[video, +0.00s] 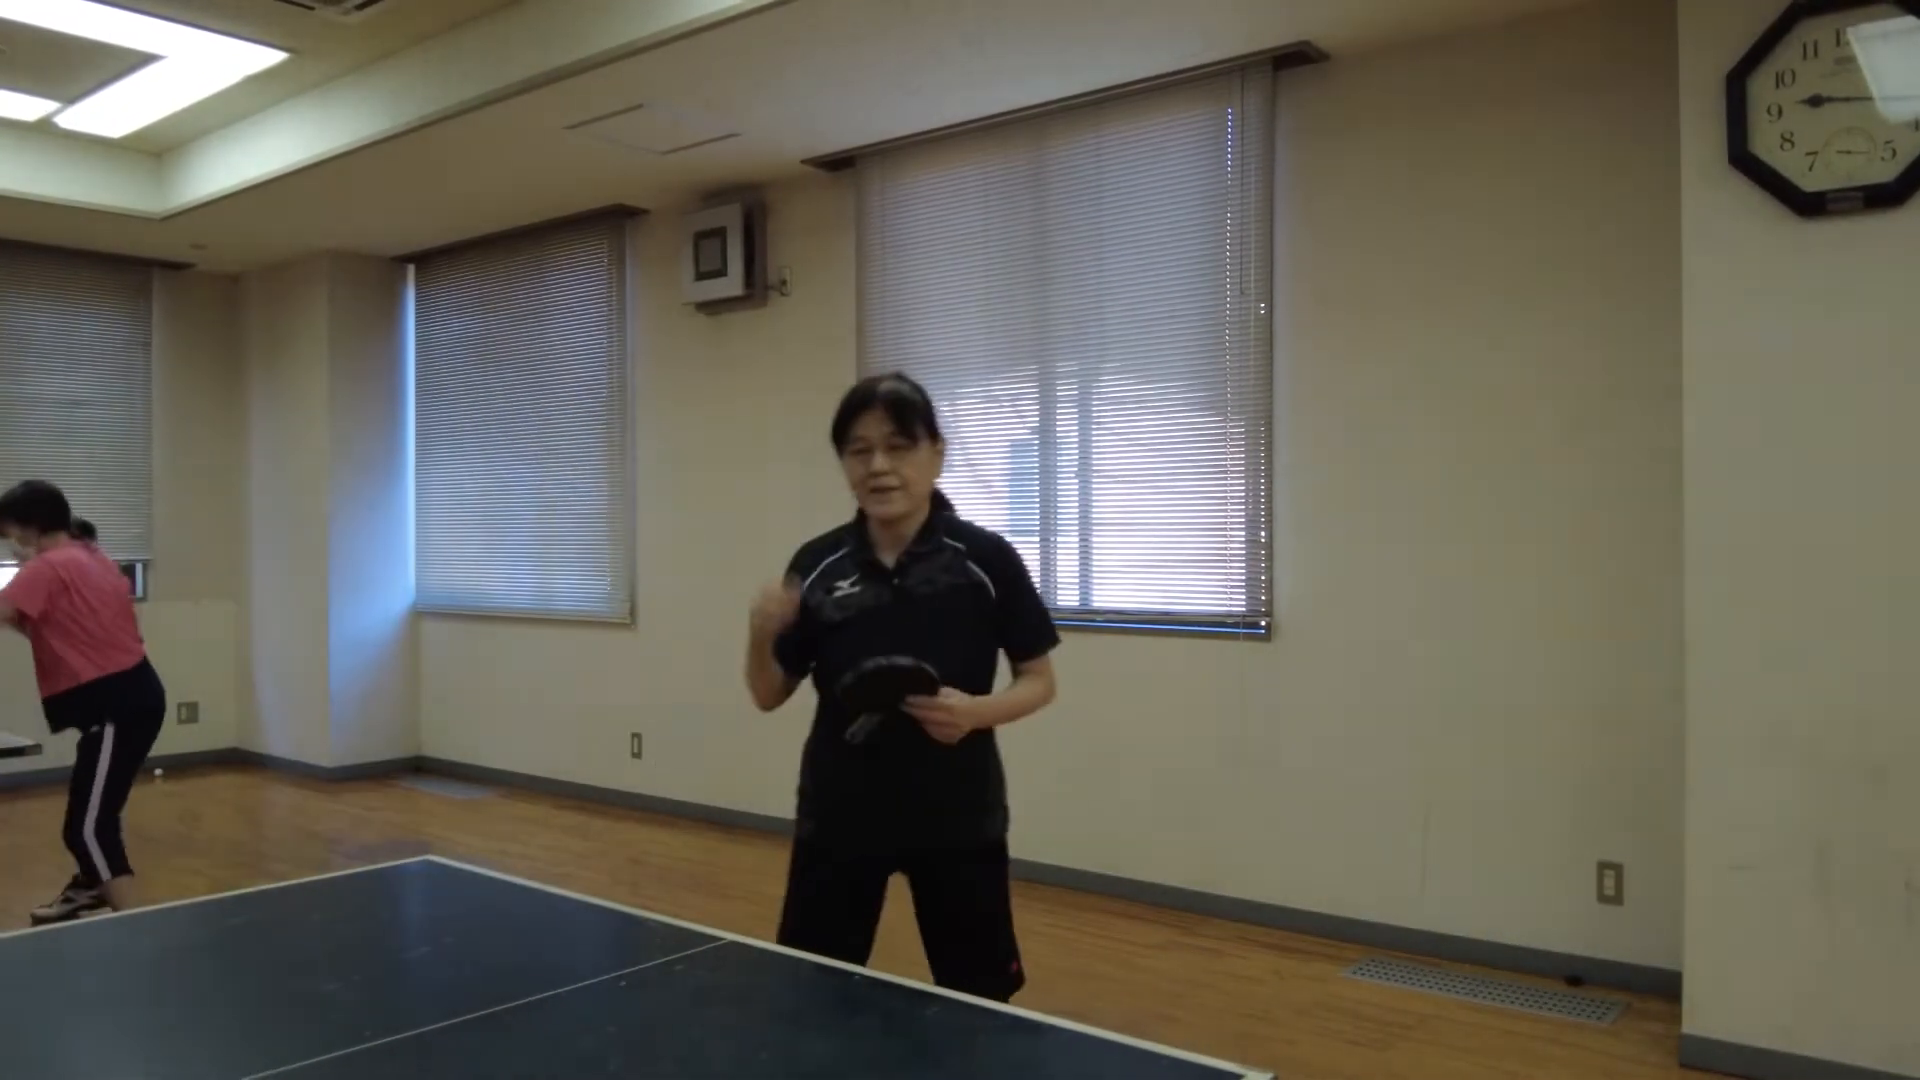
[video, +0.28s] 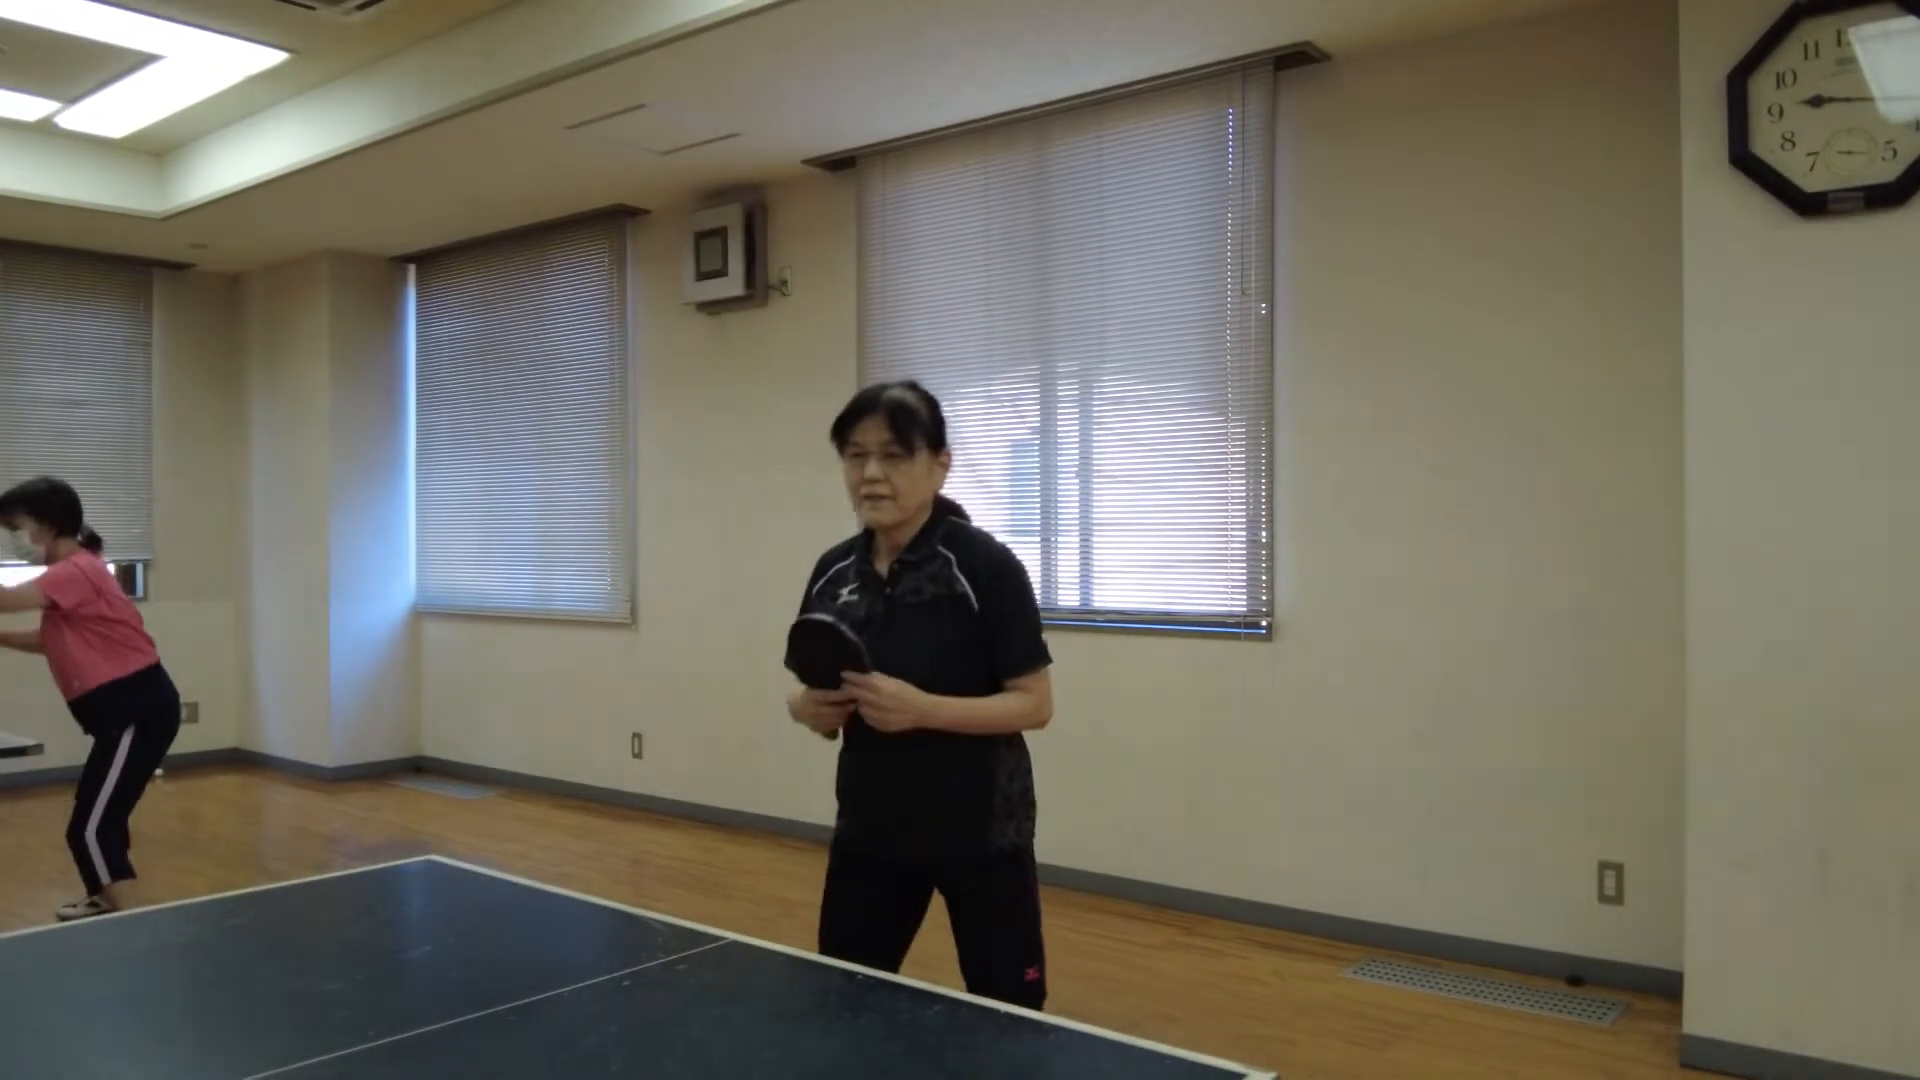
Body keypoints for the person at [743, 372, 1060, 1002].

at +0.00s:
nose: (879, 466)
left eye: (899, 447)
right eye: (860, 452)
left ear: (936, 455)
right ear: (841, 466)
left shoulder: (985, 559)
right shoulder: (818, 564)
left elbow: (1039, 680)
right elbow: (769, 695)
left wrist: (980, 711)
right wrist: (763, 633)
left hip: (955, 811)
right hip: (842, 809)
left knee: (978, 1002)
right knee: (809, 991)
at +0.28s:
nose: (872, 474)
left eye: (896, 455)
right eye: (857, 457)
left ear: (941, 466)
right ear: (842, 467)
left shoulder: (988, 568)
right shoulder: (835, 570)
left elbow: (1035, 704)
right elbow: (812, 681)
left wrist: (922, 708)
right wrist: (802, 705)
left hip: (983, 829)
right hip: (875, 826)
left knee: (1009, 1021)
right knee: (842, 1005)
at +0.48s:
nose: (857, 515)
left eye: (878, 494)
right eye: (843, 497)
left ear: (930, 500)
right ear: (829, 508)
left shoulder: (984, 598)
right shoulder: (847, 608)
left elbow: (1037, 743)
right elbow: (837, 722)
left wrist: (913, 758)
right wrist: (810, 756)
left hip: (1012, 851)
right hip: (910, 848)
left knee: (1057, 1040)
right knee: (846, 1015)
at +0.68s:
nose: (872, 557)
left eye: (897, 537)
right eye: (864, 537)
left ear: (958, 542)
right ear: (854, 539)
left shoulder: (1014, 633)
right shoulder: (886, 642)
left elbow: (1077, 790)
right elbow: (897, 756)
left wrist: (944, 854)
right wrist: (854, 823)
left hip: (1075, 863)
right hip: (974, 863)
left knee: (1087, 1050)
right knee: (896, 1018)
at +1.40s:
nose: (930, 526)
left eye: (951, 504)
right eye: (915, 507)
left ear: (1005, 498)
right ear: (903, 509)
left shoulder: (1064, 609)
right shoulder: (904, 607)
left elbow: (1078, 766)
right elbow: (901, 730)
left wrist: (962, 773)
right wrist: (876, 774)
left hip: (1048, 869)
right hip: (940, 862)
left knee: (1070, 1052)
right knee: (869, 1017)